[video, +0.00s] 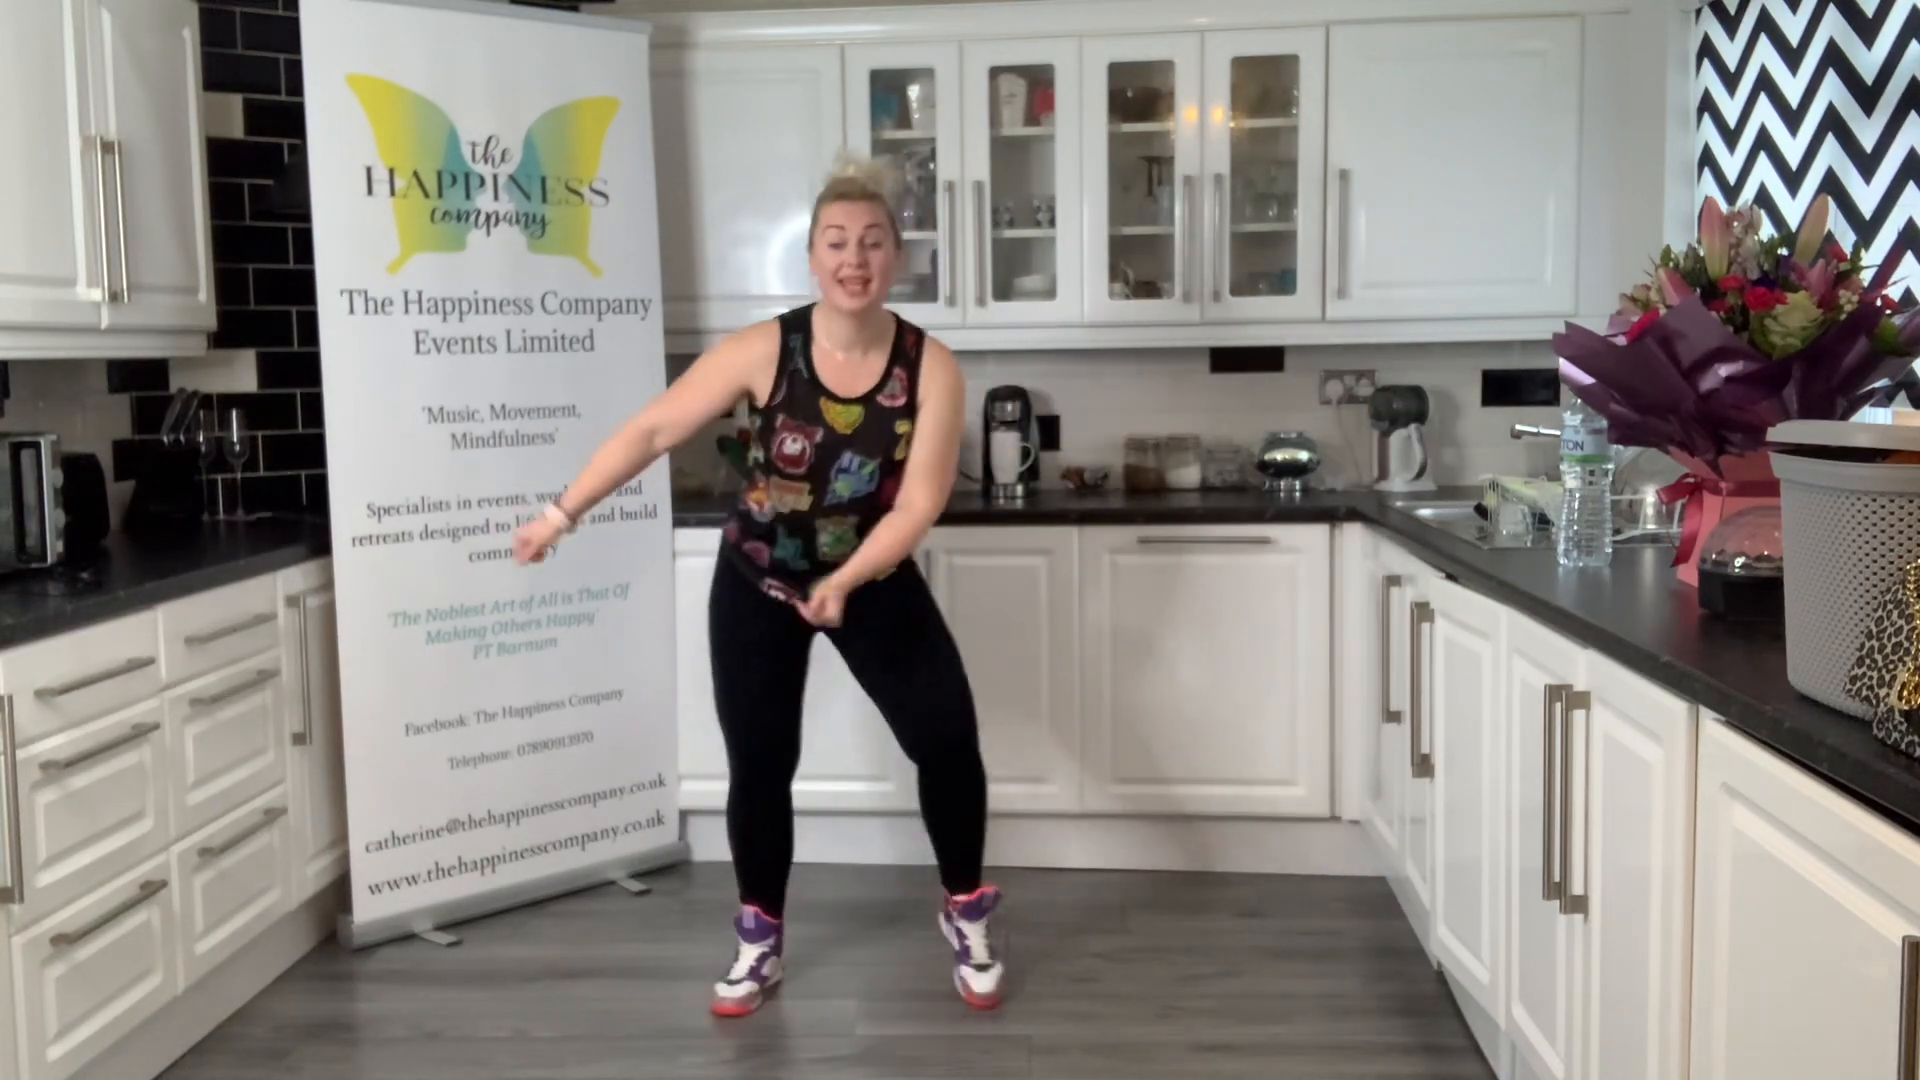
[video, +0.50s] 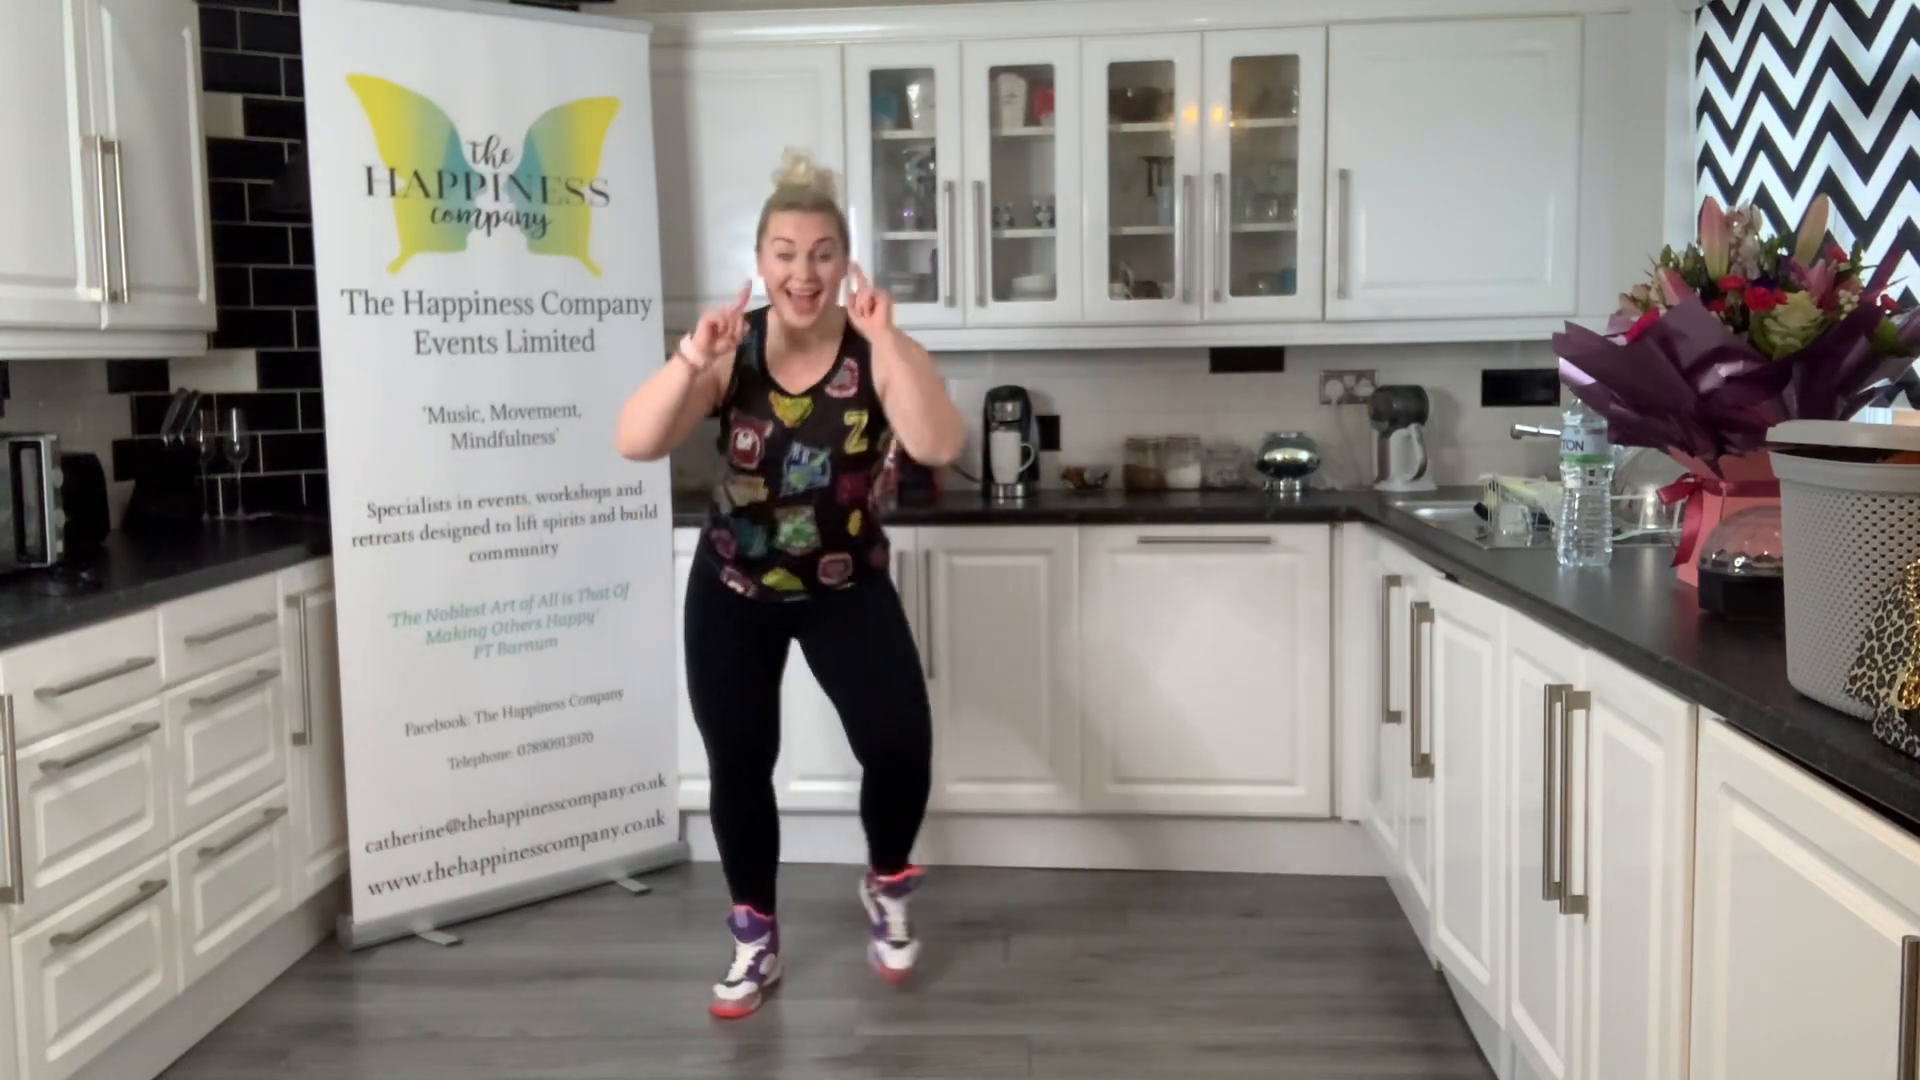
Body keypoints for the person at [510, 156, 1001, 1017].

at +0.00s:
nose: (854, 258)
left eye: (872, 241)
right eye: (836, 242)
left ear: (898, 255)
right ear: (812, 255)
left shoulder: (930, 368)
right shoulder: (762, 351)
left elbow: (920, 503)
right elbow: (653, 429)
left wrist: (846, 581)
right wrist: (565, 509)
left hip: (876, 572)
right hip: (760, 577)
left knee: (949, 736)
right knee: (759, 764)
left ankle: (966, 911)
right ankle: (759, 939)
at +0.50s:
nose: (802, 272)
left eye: (819, 254)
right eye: (784, 255)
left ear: (845, 260)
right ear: (760, 261)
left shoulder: (882, 348)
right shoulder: (730, 342)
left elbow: (941, 444)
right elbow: (635, 442)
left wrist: (885, 340)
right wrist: (691, 366)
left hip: (847, 583)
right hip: (735, 584)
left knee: (901, 741)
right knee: (738, 764)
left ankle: (889, 886)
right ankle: (753, 935)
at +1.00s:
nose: (868, 271)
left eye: (885, 251)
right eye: (849, 252)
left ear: (910, 254)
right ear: (825, 258)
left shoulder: (947, 363)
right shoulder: (806, 353)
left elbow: (930, 488)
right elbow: (676, 374)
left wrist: (809, 538)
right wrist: (586, 371)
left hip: (962, 605)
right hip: (862, 603)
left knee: (941, 787)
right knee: (805, 790)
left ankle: (930, 938)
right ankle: (718, 957)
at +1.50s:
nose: (867, 254)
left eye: (885, 234)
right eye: (848, 235)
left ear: (910, 237)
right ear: (822, 238)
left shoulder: (947, 329)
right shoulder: (788, 353)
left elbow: (1064, 384)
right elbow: (794, 495)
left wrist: (1088, 313)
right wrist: (901, 547)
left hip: (941, 585)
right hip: (830, 587)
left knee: (920, 755)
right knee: (814, 756)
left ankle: (925, 940)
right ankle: (773, 946)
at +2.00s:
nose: (843, 293)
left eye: (860, 275)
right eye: (825, 274)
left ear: (880, 274)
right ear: (793, 273)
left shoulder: (876, 344)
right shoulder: (779, 379)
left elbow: (966, 378)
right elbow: (853, 535)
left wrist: (1024, 314)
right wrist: (898, 562)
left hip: (800, 585)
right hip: (706, 589)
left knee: (915, 686)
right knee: (770, 771)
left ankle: (826, 841)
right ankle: (778, 975)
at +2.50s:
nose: (769, 278)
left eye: (785, 259)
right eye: (749, 260)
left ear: (806, 257)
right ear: (719, 260)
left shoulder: (798, 342)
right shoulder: (710, 373)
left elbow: (888, 380)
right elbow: (750, 535)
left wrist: (942, 317)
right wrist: (790, 555)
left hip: (669, 588)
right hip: (640, 590)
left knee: (569, 760)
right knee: (693, 778)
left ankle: (496, 935)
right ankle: (764, 970)